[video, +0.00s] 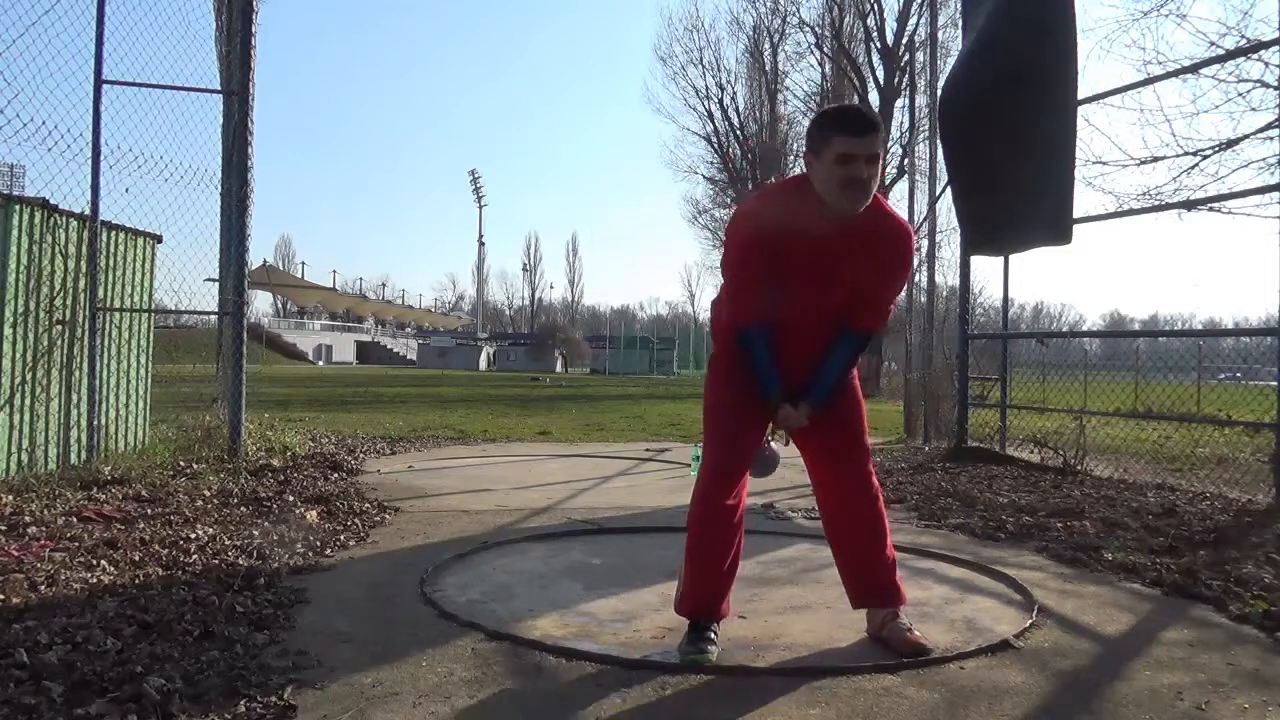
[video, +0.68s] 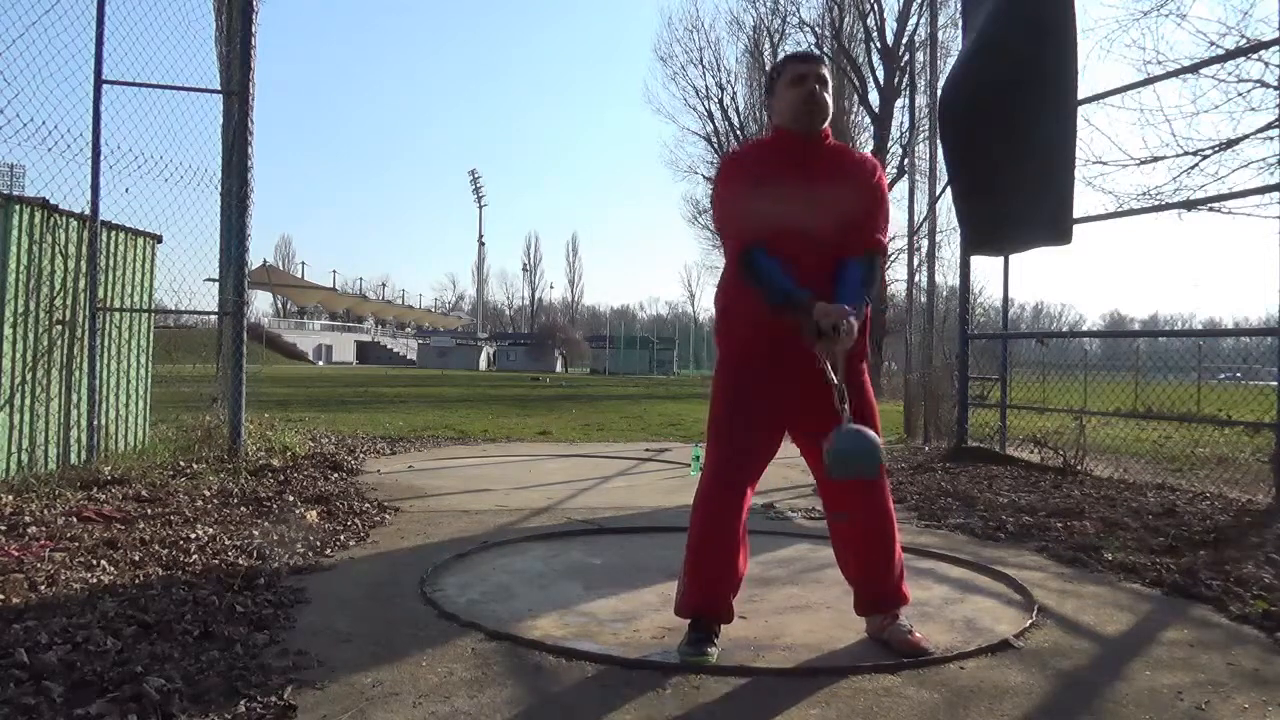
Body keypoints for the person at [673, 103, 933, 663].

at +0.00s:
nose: (859, 173)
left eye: (870, 159)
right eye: (843, 160)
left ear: (881, 163)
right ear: (810, 161)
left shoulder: (893, 238)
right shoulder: (759, 215)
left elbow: (858, 333)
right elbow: (747, 319)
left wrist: (812, 399)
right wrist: (773, 396)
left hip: (827, 362)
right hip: (747, 353)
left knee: (854, 477)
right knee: (721, 480)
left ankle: (885, 614)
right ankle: (703, 620)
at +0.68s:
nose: (813, 89)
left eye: (821, 82)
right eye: (798, 80)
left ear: (833, 101)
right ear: (771, 98)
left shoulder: (861, 169)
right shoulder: (740, 166)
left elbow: (866, 253)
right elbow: (746, 250)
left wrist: (847, 312)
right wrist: (805, 308)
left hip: (835, 350)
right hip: (753, 350)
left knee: (859, 472)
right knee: (725, 479)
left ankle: (885, 614)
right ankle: (705, 618)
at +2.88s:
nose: (842, 87)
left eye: (849, 83)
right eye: (827, 80)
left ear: (857, 106)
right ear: (794, 103)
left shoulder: (871, 167)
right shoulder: (768, 148)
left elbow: (909, 204)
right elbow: (799, 190)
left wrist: (955, 203)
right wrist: (890, 194)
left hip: (840, 359)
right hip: (759, 355)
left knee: (864, 486)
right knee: (728, 486)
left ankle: (881, 614)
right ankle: (704, 617)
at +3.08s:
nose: (881, 100)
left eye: (887, 95)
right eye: (867, 90)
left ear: (890, 116)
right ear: (832, 105)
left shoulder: (900, 183)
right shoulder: (801, 152)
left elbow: (924, 242)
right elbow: (856, 194)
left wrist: (962, 253)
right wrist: (930, 221)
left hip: (848, 360)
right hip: (770, 351)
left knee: (870, 484)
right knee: (736, 482)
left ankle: (882, 618)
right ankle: (704, 618)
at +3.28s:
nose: (919, 113)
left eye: (922, 109)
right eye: (905, 104)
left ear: (920, 132)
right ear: (867, 121)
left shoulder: (919, 211)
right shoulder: (836, 163)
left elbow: (917, 287)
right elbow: (885, 243)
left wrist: (947, 339)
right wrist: (947, 317)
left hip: (851, 364)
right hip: (782, 351)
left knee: (875, 481)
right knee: (744, 479)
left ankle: (882, 617)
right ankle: (702, 616)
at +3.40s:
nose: (941, 120)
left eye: (942, 112)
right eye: (925, 109)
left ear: (933, 131)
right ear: (885, 121)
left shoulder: (917, 209)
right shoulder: (863, 169)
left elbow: (897, 302)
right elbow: (908, 276)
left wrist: (934, 368)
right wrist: (946, 355)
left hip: (853, 361)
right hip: (790, 350)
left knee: (877, 485)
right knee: (756, 481)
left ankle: (882, 618)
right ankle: (699, 612)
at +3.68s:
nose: (964, 120)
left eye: (963, 110)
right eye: (951, 109)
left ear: (910, 123)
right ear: (908, 117)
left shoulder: (875, 167)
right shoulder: (926, 166)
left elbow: (856, 253)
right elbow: (955, 254)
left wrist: (908, 293)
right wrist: (935, 294)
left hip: (858, 350)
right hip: (815, 343)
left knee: (877, 481)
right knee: (784, 490)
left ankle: (882, 616)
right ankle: (701, 602)